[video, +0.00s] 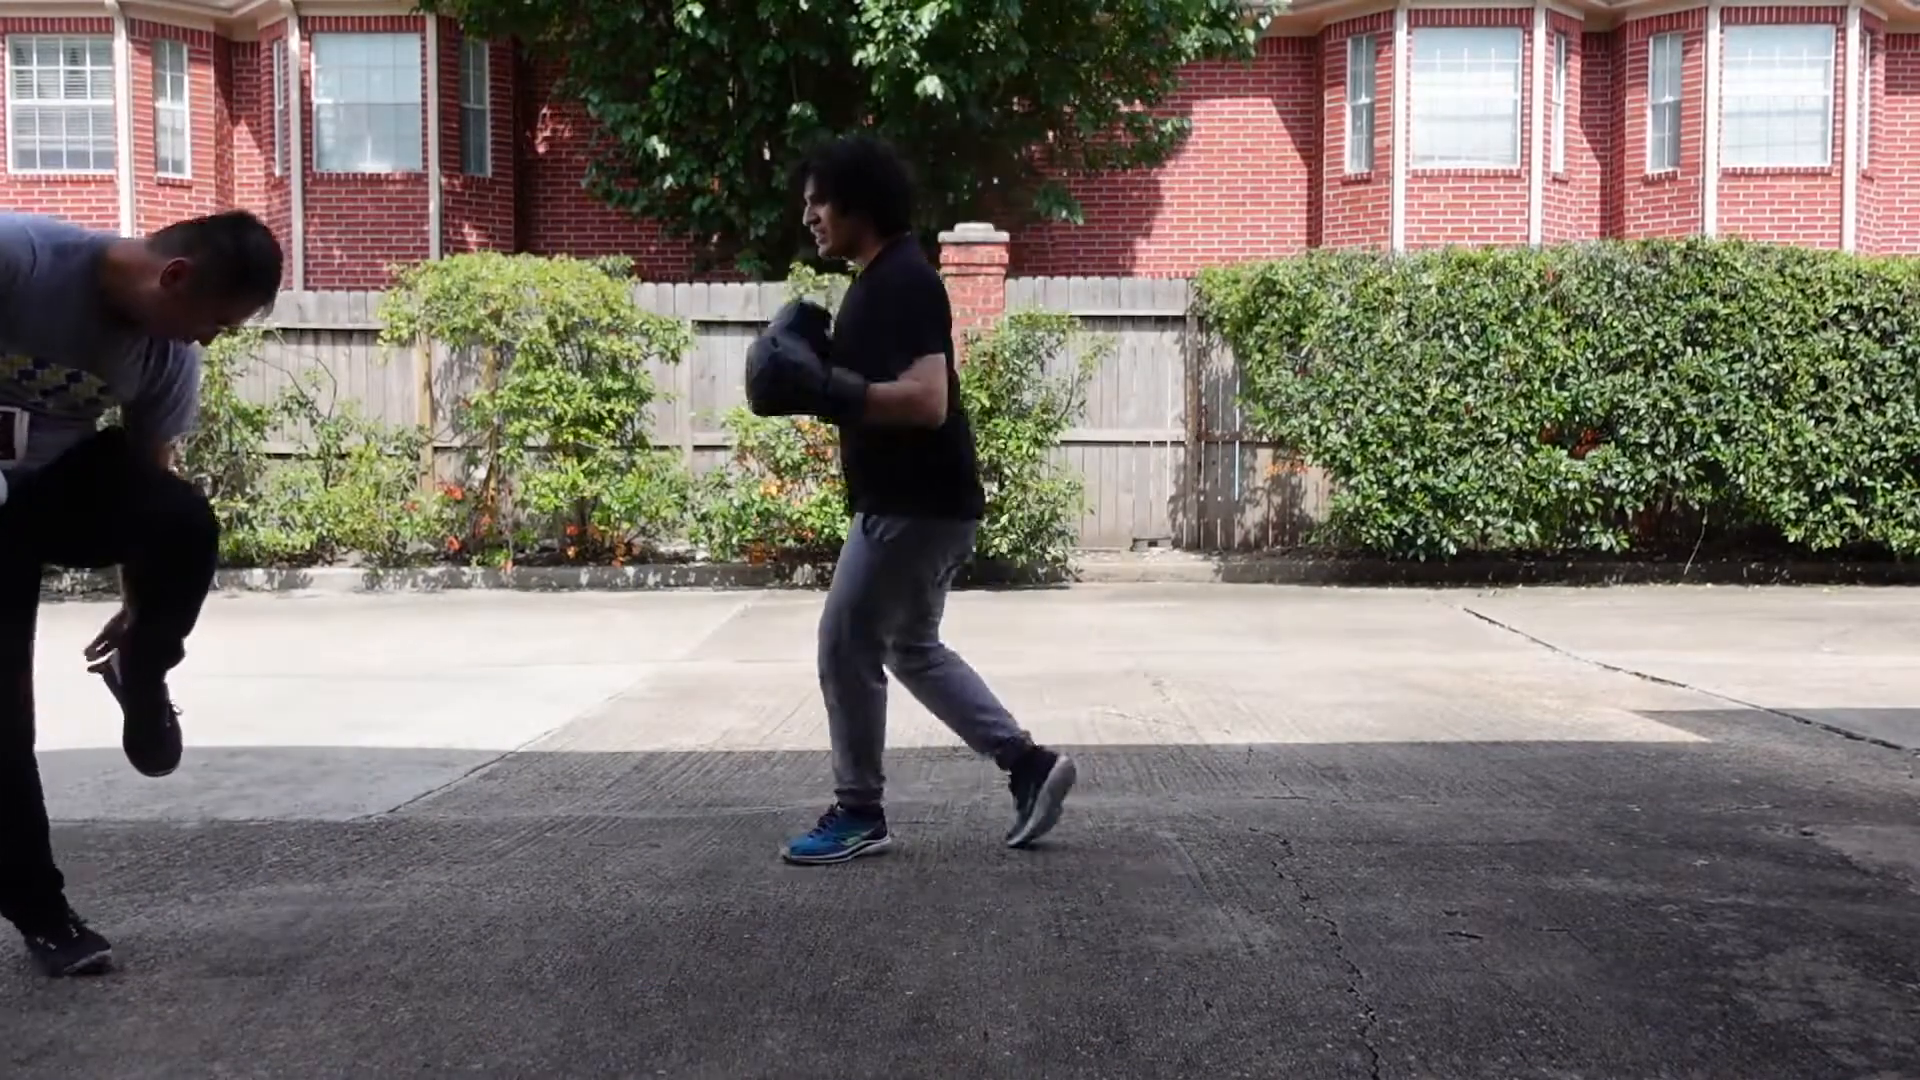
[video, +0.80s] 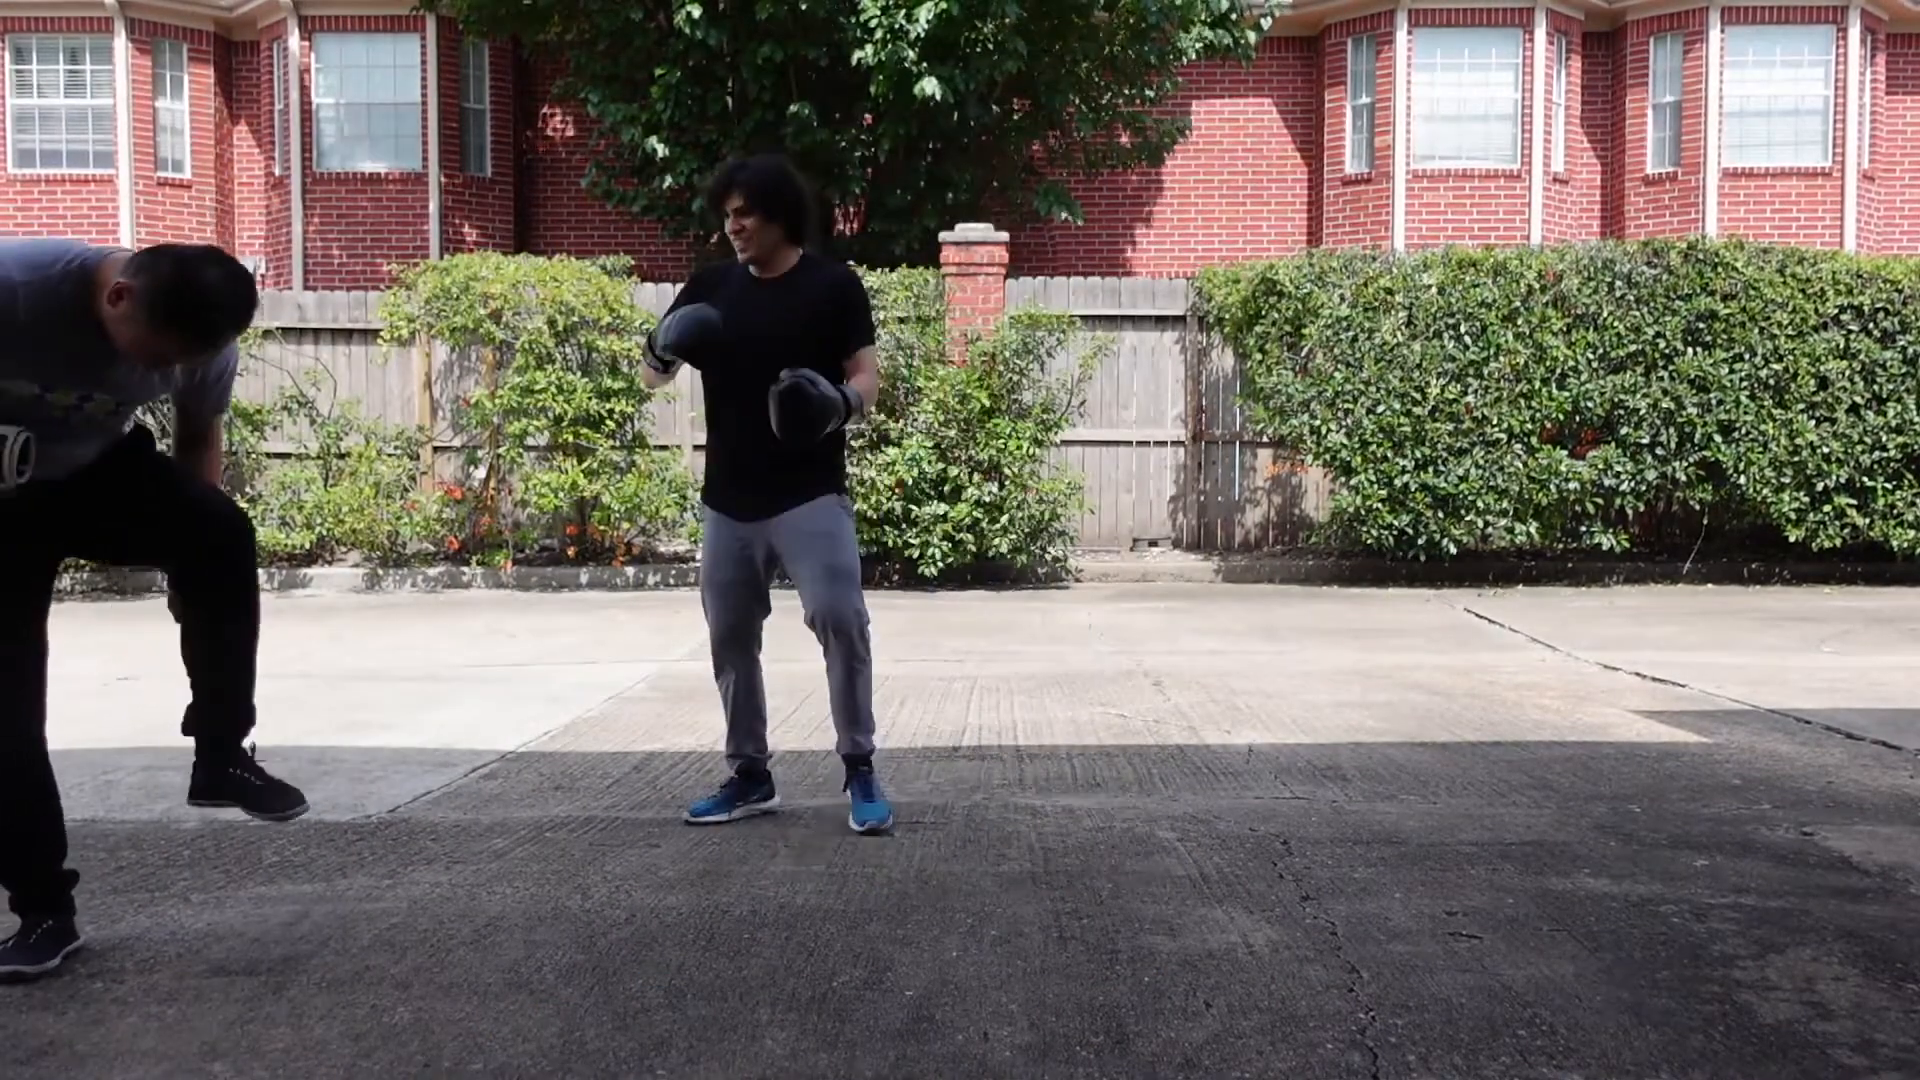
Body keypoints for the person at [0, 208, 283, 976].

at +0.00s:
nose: (207, 342)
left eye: (223, 331)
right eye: (214, 323)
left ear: (177, 277)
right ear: (175, 275)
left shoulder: (165, 361)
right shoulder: (20, 260)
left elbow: (150, 492)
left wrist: (136, 607)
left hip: (65, 492)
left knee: (183, 520)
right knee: (3, 719)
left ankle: (140, 667)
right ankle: (41, 915)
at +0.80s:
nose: (164, 371)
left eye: (181, 362)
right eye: (157, 355)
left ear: (209, 341)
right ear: (119, 296)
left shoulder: (203, 348)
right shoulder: (18, 292)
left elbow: (199, 456)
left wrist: (194, 571)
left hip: (100, 471)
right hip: (9, 488)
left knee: (219, 533)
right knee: (9, 709)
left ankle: (219, 756)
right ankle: (43, 908)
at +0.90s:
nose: (156, 341)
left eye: (171, 333)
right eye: (150, 325)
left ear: (202, 307)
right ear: (117, 264)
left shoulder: (199, 294)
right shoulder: (16, 269)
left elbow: (215, 399)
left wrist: (252, 512)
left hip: (128, 497)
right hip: (18, 510)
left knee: (213, 658)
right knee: (13, 709)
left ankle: (207, 873)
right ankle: (45, 910)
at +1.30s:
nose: (232, 220)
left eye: (250, 205)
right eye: (221, 201)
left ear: (269, 186)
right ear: (172, 146)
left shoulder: (265, 214)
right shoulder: (57, 204)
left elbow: (330, 348)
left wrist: (217, 377)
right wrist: (30, 428)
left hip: (190, 501)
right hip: (59, 503)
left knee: (206, 714)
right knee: (55, 718)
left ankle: (174, 922)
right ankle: (18, 945)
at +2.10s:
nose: (351, 209)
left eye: (363, 191)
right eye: (352, 183)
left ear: (293, 145)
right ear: (290, 140)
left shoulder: (249, 215)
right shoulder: (144, 203)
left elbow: (257, 323)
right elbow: (21, 332)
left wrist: (245, 405)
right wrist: (131, 431)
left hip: (126, 479)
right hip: (36, 476)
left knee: (173, 709)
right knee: (63, 732)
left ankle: (164, 937)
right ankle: (40, 1011)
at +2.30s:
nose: (412, 188)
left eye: (421, 164)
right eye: (413, 161)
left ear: (351, 139)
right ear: (362, 142)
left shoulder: (277, 215)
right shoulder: (233, 207)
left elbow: (232, 339)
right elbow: (115, 353)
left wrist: (270, 412)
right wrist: (216, 429)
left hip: (157, 490)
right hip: (88, 489)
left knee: (214, 727)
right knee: (112, 739)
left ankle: (261, 949)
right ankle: (46, 1017)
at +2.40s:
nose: (427, 184)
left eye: (436, 162)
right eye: (431, 159)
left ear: (363, 127)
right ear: (390, 136)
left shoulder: (279, 196)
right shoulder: (275, 205)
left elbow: (240, 339)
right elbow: (200, 365)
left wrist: (303, 402)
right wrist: (294, 431)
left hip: (201, 489)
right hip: (138, 492)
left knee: (265, 719)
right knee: (168, 742)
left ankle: (266, 946)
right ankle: (52, 1000)